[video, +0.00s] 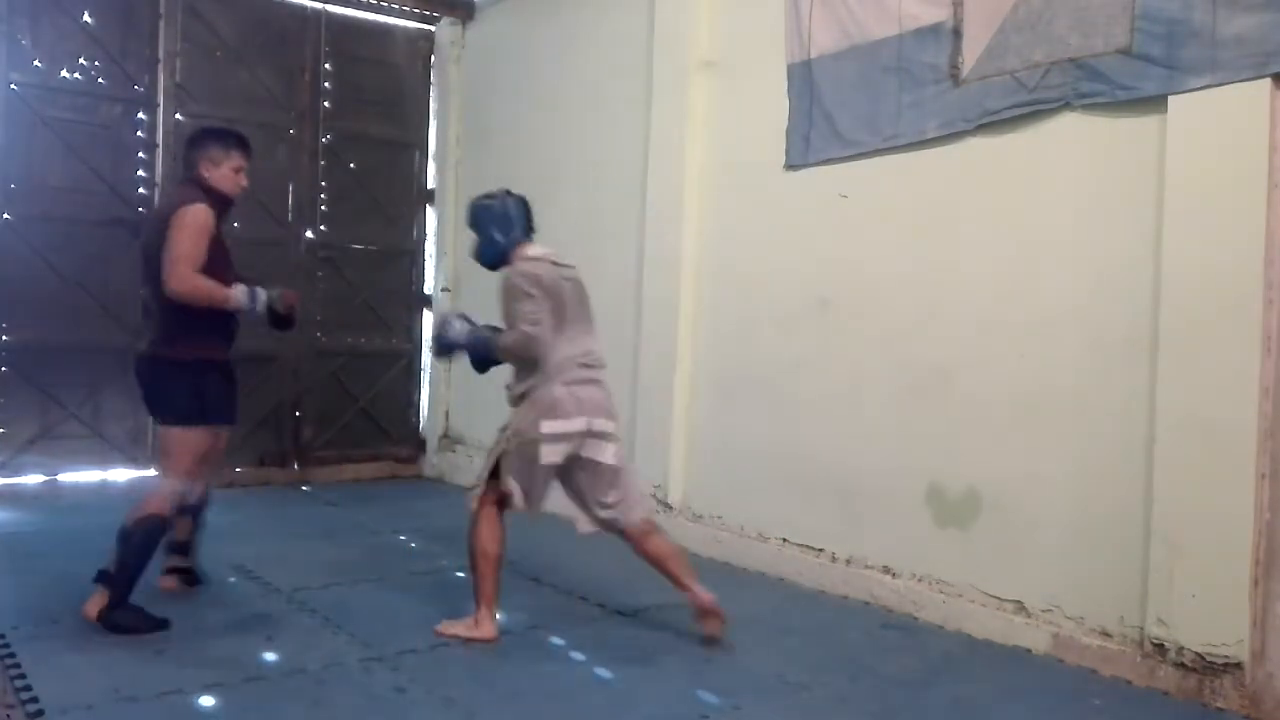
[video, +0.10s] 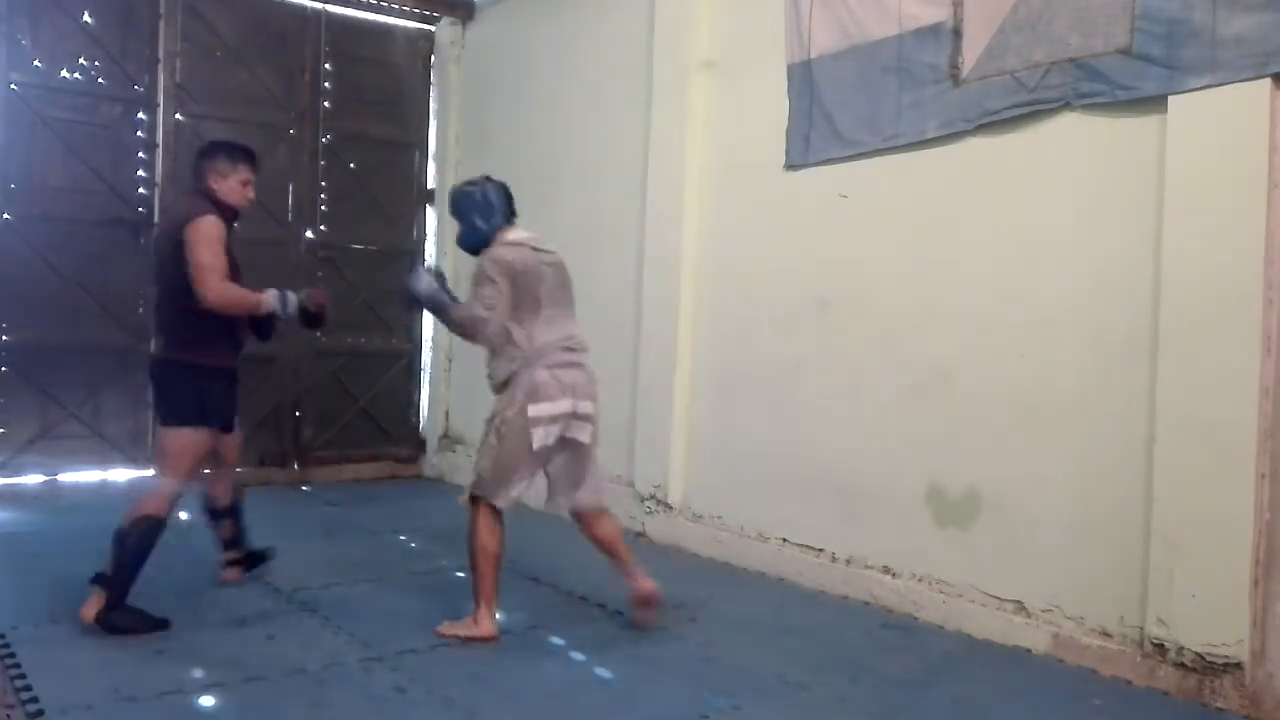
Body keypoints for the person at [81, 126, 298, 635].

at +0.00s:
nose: (243, 180)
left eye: (245, 172)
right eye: (237, 171)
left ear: (211, 170)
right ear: (206, 167)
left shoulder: (199, 212)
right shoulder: (195, 211)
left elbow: (200, 284)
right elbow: (179, 280)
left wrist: (259, 300)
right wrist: (254, 299)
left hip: (202, 361)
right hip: (182, 364)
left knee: (207, 455)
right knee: (178, 475)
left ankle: (179, 563)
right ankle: (110, 597)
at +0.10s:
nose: (252, 194)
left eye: (252, 184)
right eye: (245, 184)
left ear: (217, 182)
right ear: (214, 178)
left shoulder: (194, 217)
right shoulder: (205, 220)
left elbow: (203, 297)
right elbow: (212, 291)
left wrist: (252, 313)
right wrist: (279, 302)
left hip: (207, 366)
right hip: (192, 369)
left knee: (224, 455)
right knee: (172, 477)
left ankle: (235, 556)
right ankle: (107, 599)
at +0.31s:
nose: (266, 208)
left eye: (267, 199)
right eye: (260, 198)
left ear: (232, 199)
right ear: (230, 194)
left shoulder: (213, 233)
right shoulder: (226, 234)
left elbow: (222, 308)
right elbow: (253, 296)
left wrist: (263, 322)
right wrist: (317, 290)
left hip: (220, 374)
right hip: (215, 377)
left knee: (258, 445)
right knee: (177, 478)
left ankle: (264, 553)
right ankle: (114, 595)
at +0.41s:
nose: (281, 217)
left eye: (283, 210)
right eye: (275, 208)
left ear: (256, 211)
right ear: (248, 205)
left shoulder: (245, 242)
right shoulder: (248, 238)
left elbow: (247, 311)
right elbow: (304, 257)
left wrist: (288, 326)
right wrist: (355, 243)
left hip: (255, 366)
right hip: (243, 367)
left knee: (285, 453)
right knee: (269, 466)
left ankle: (268, 554)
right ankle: (178, 545)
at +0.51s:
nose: (287, 207)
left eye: (287, 200)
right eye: (279, 198)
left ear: (254, 202)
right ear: (252, 197)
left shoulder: (239, 237)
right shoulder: (257, 221)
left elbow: (258, 291)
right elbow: (300, 215)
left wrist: (303, 293)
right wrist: (357, 211)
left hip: (248, 352)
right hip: (272, 349)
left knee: (274, 447)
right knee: (332, 425)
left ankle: (266, 547)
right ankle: (248, 479)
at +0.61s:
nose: (287, 200)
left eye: (289, 195)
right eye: (282, 193)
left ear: (250, 196)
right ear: (258, 190)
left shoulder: (236, 233)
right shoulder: (255, 209)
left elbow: (277, 280)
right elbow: (282, 209)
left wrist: (322, 274)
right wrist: (323, 209)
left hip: (248, 333)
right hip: (293, 319)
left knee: (267, 424)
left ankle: (279, 527)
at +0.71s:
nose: (283, 211)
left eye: (284, 205)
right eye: (281, 204)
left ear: (248, 206)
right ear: (273, 205)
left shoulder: (232, 249)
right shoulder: (283, 238)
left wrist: (327, 277)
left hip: (264, 341)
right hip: (308, 322)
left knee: (268, 435)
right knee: (392, 351)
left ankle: (283, 528)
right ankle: (402, 275)